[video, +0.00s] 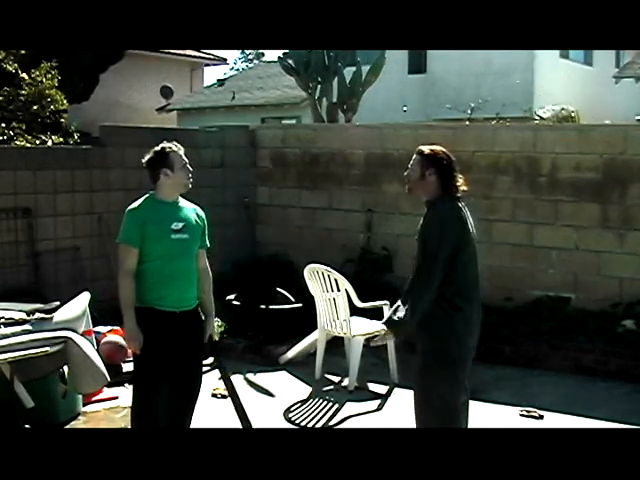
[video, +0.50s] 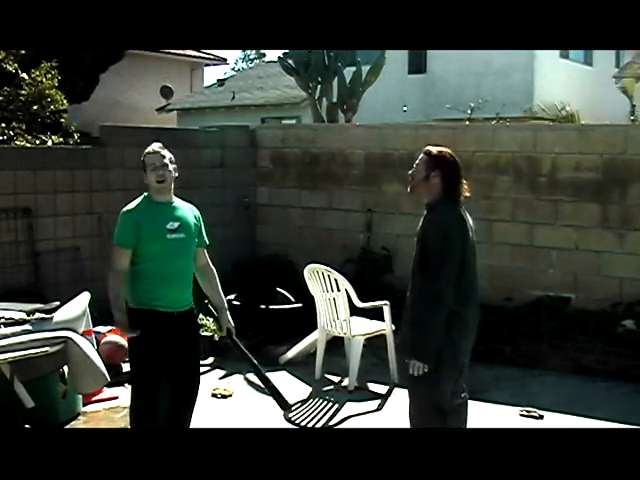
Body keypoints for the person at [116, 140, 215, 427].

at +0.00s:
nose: (190, 170)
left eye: (188, 165)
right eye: (184, 166)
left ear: (171, 173)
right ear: (166, 173)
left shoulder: (196, 214)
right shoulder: (137, 214)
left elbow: (203, 268)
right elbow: (126, 272)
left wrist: (210, 316)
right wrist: (130, 325)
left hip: (189, 319)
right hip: (152, 319)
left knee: (184, 400)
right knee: (151, 402)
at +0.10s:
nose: (189, 171)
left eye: (187, 165)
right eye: (182, 166)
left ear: (168, 173)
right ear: (163, 174)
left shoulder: (194, 214)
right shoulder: (137, 214)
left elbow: (204, 268)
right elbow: (126, 272)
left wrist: (214, 314)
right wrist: (129, 325)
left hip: (188, 320)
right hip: (152, 320)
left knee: (184, 400)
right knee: (152, 402)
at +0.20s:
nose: (185, 169)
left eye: (183, 164)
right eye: (178, 165)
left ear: (169, 173)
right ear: (158, 173)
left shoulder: (193, 213)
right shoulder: (136, 214)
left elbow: (205, 266)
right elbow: (126, 272)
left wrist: (221, 313)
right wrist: (129, 325)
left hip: (187, 320)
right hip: (152, 320)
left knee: (185, 398)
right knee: (152, 400)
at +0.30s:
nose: (175, 170)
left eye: (178, 165)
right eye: (167, 166)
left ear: (182, 169)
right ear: (152, 172)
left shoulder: (192, 212)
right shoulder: (134, 213)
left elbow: (205, 265)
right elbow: (124, 272)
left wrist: (225, 310)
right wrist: (128, 324)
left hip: (186, 319)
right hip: (150, 320)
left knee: (184, 399)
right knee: (151, 402)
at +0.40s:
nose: (165, 170)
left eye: (170, 165)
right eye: (158, 166)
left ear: (178, 171)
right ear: (148, 173)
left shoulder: (191, 213)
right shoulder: (133, 214)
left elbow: (204, 265)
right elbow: (122, 272)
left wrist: (225, 309)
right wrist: (124, 322)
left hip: (185, 319)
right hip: (148, 319)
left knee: (184, 398)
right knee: (151, 400)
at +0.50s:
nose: (161, 172)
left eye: (165, 166)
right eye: (153, 168)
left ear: (175, 170)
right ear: (145, 175)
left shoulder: (191, 213)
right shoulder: (132, 215)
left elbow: (203, 266)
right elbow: (118, 270)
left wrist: (223, 311)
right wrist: (121, 319)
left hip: (184, 318)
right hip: (146, 319)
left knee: (184, 394)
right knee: (150, 397)